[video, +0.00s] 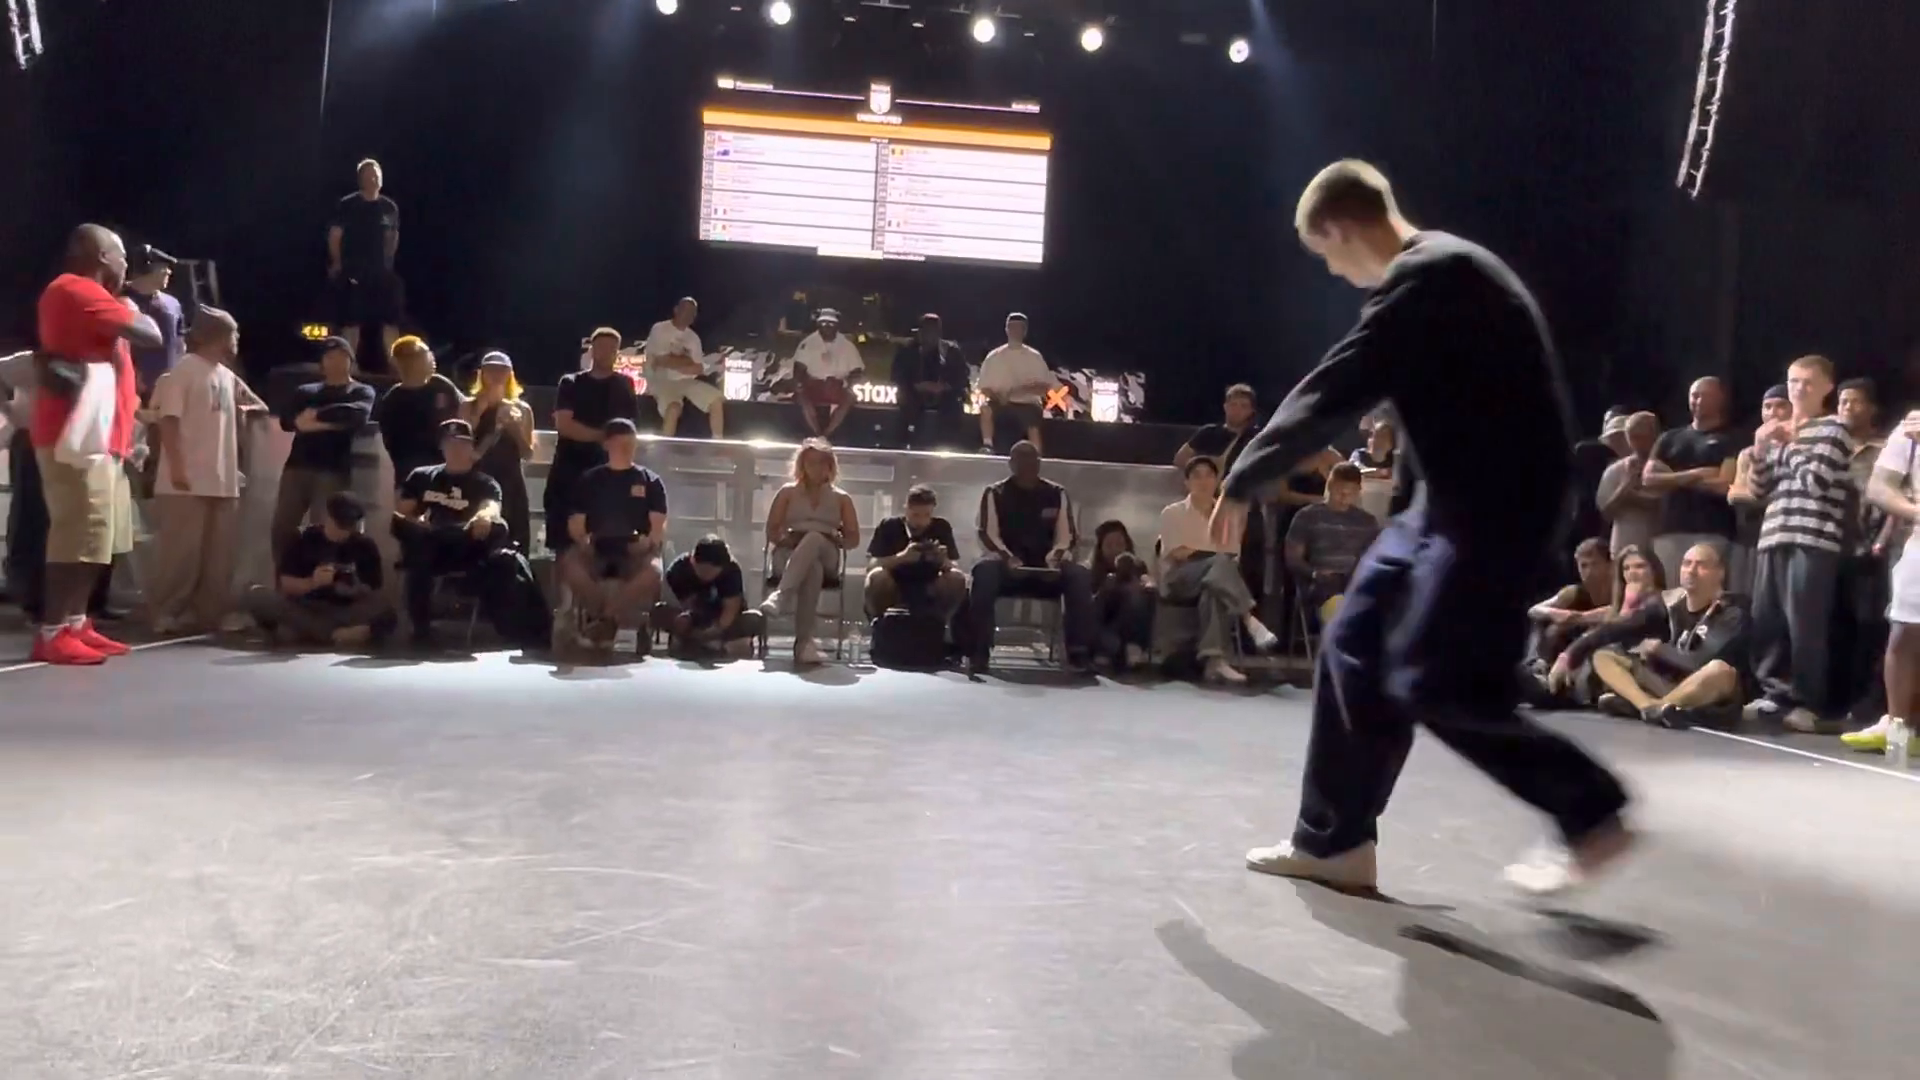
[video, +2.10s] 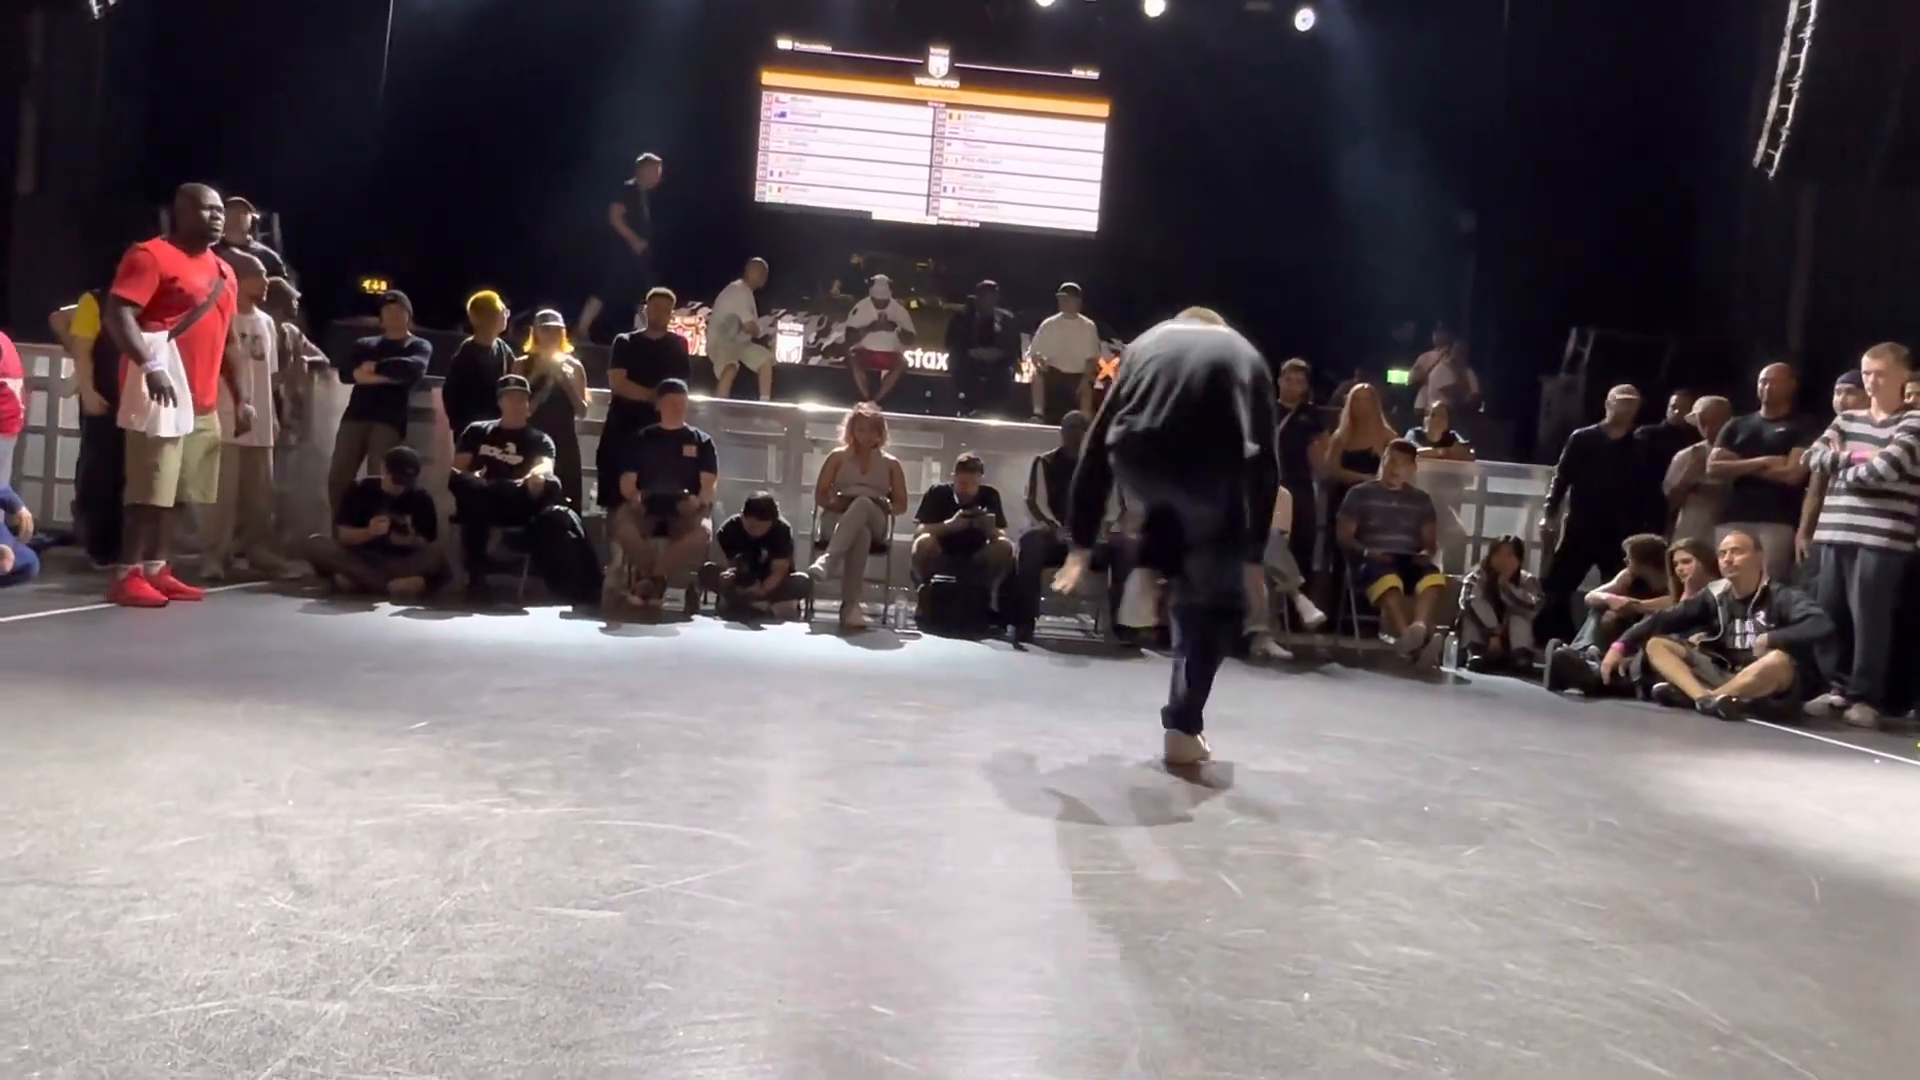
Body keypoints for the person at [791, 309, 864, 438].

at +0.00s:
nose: (827, 328)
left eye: (831, 325)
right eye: (824, 325)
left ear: (836, 327)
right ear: (819, 326)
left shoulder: (846, 345)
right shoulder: (808, 343)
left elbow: (857, 370)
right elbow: (799, 366)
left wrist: (847, 382)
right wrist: (800, 381)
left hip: (836, 384)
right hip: (813, 383)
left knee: (849, 398)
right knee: (802, 397)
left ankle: (827, 434)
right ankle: (817, 434)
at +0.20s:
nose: (837, 323)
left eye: (841, 319)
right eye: (834, 319)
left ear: (847, 320)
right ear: (829, 319)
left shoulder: (857, 338)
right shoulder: (819, 335)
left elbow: (867, 362)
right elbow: (809, 359)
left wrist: (859, 378)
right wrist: (812, 374)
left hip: (847, 377)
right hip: (824, 375)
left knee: (860, 391)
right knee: (812, 389)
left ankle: (837, 426)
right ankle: (828, 426)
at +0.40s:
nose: (847, 317)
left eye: (851, 314)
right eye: (844, 313)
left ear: (856, 314)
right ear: (839, 313)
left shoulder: (866, 331)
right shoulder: (829, 328)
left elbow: (876, 356)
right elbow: (818, 352)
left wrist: (866, 370)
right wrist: (824, 366)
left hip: (856, 370)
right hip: (833, 368)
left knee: (869, 385)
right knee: (821, 382)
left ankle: (846, 421)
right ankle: (836, 420)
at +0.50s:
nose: (852, 318)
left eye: (855, 314)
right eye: (849, 314)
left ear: (861, 312)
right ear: (843, 312)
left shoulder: (870, 329)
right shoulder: (833, 326)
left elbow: (881, 354)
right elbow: (822, 350)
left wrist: (871, 364)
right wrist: (831, 362)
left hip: (862, 368)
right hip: (838, 366)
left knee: (873, 382)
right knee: (825, 378)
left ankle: (850, 418)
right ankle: (840, 417)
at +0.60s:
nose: (855, 317)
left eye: (859, 314)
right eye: (852, 314)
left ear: (864, 312)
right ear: (846, 312)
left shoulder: (873, 326)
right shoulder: (836, 324)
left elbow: (886, 353)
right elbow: (825, 354)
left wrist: (869, 354)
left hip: (866, 369)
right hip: (841, 368)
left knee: (876, 381)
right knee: (828, 376)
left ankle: (854, 417)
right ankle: (844, 416)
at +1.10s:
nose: (865, 315)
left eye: (869, 312)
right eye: (862, 311)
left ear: (874, 308)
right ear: (855, 307)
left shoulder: (884, 321)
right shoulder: (846, 319)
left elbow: (895, 351)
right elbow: (834, 349)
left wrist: (881, 339)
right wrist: (856, 339)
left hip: (875, 365)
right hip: (850, 363)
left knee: (886, 375)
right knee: (838, 369)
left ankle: (862, 412)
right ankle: (852, 410)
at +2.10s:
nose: (880, 303)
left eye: (883, 300)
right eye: (876, 300)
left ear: (889, 297)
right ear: (871, 296)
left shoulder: (899, 310)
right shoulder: (861, 307)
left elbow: (910, 340)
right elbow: (848, 339)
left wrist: (895, 328)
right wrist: (871, 328)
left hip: (891, 353)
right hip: (865, 351)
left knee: (901, 364)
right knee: (853, 360)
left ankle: (877, 400)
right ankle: (867, 399)